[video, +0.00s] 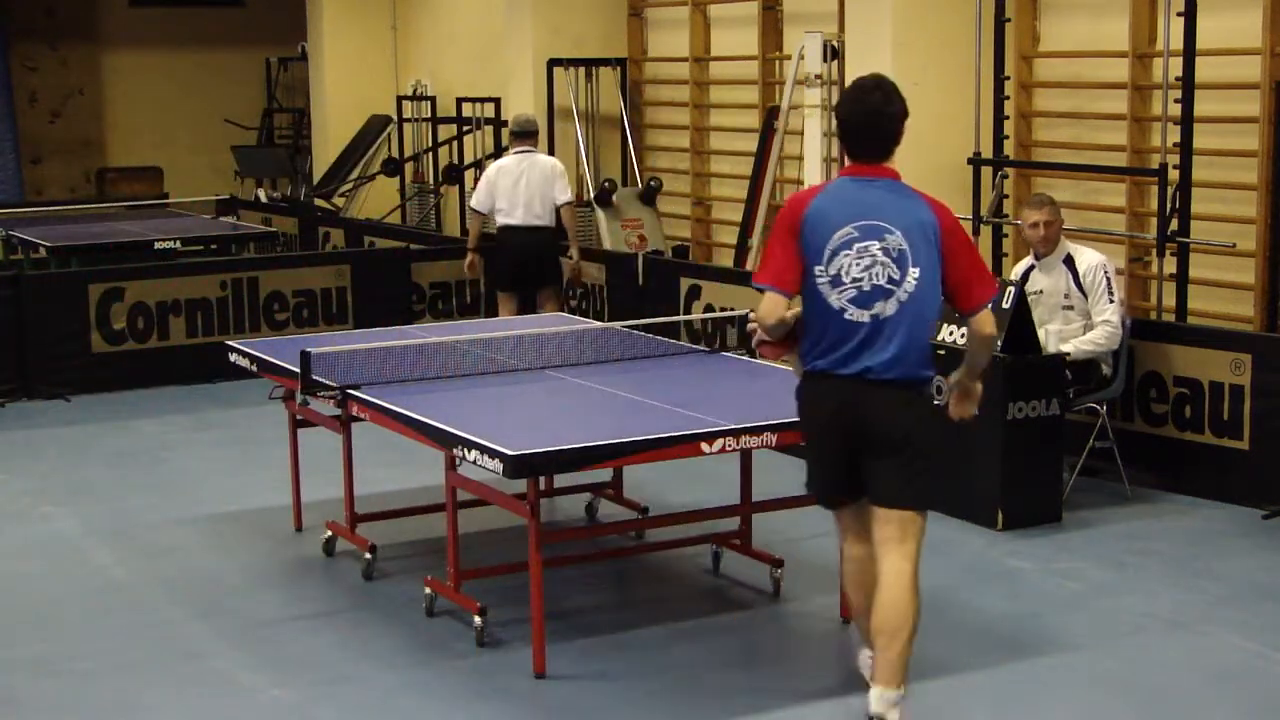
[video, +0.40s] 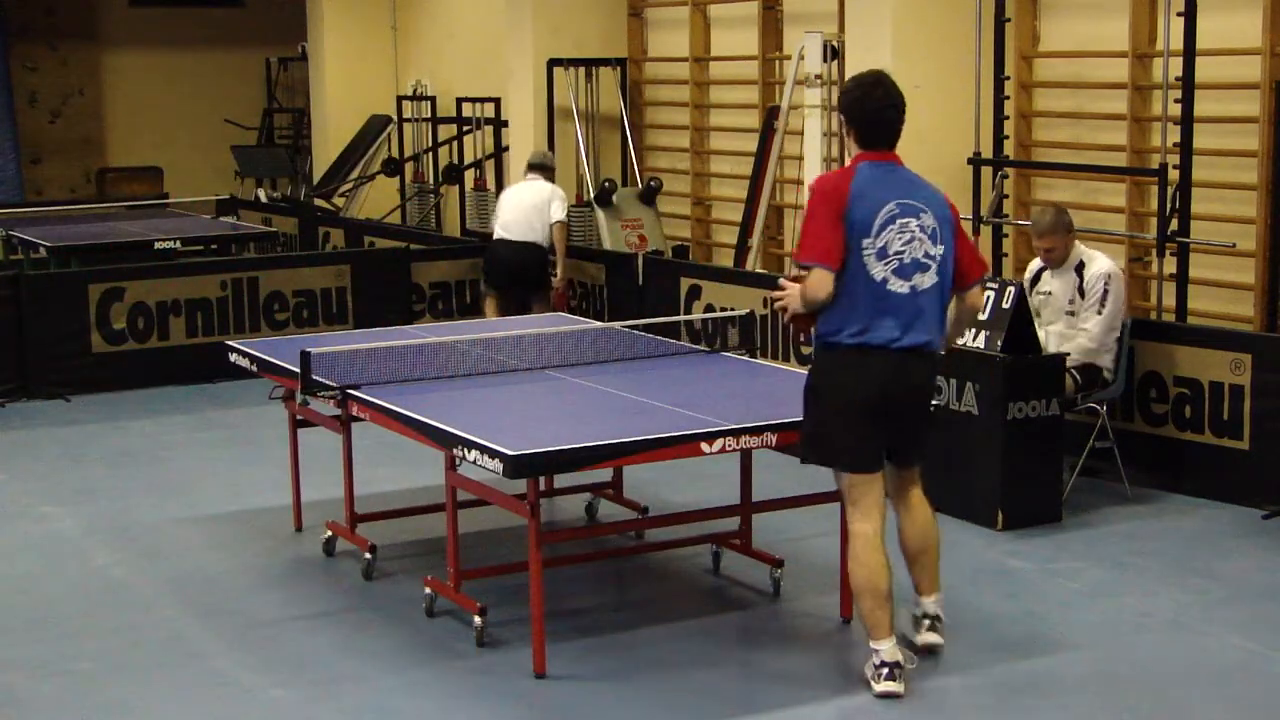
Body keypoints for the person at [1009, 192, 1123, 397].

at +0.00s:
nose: (1042, 233)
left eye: (1049, 224)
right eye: (1034, 226)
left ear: (1061, 225)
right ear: (1022, 232)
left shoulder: (1092, 264)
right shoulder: (1021, 272)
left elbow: (1110, 333)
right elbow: (1009, 329)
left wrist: (1060, 355)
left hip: (1085, 367)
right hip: (1034, 368)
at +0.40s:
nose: (1043, 257)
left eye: (1050, 251)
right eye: (1038, 250)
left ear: (1070, 239)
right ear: (1033, 242)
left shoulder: (1102, 273)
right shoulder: (1034, 271)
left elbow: (1092, 341)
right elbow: (1028, 324)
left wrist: (1051, 368)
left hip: (1088, 367)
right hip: (1043, 363)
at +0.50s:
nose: (1046, 260)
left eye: (1053, 255)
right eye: (1042, 253)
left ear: (1074, 244)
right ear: (1038, 244)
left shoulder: (1104, 277)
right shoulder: (1039, 269)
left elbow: (1082, 348)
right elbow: (1033, 322)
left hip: (1092, 367)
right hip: (1048, 360)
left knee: (1032, 392)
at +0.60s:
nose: (1046, 264)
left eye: (1054, 259)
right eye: (1044, 257)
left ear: (1076, 248)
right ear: (1039, 246)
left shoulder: (1102, 282)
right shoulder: (1044, 268)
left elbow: (1083, 347)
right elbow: (1035, 320)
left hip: (1092, 367)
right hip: (1050, 359)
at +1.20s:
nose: (1043, 280)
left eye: (1051, 274)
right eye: (1040, 273)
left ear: (1071, 265)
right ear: (1037, 262)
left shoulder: (1096, 300)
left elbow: (1071, 360)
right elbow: (1045, 312)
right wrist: (1018, 340)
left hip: (1097, 372)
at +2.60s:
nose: (1035, 264)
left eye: (1039, 259)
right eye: (1035, 259)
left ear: (1063, 253)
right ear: (1062, 253)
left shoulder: (1098, 292)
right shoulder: (1060, 271)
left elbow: (1076, 351)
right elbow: (1041, 321)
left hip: (1103, 369)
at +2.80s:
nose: (1032, 248)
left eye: (1037, 242)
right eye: (1033, 241)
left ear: (1059, 248)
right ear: (1059, 248)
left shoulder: (1099, 289)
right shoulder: (1057, 267)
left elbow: (1076, 351)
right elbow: (1044, 313)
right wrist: (1016, 339)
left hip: (1100, 370)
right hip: (1065, 356)